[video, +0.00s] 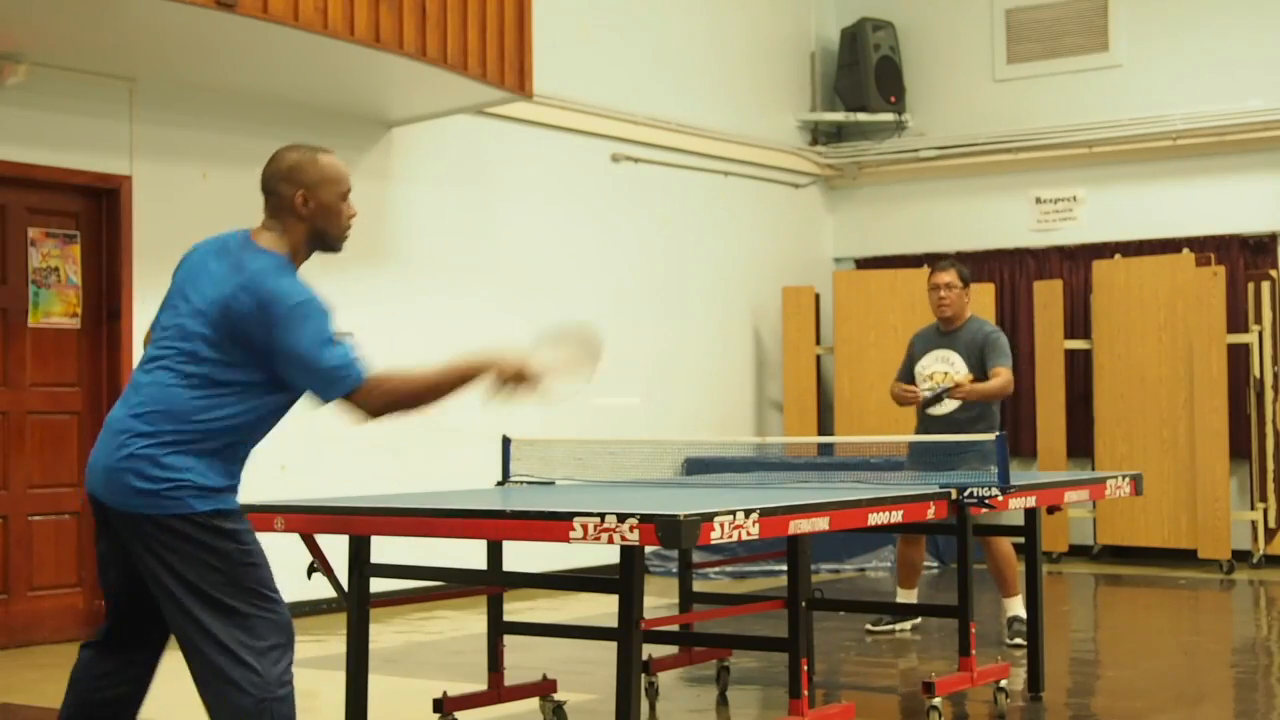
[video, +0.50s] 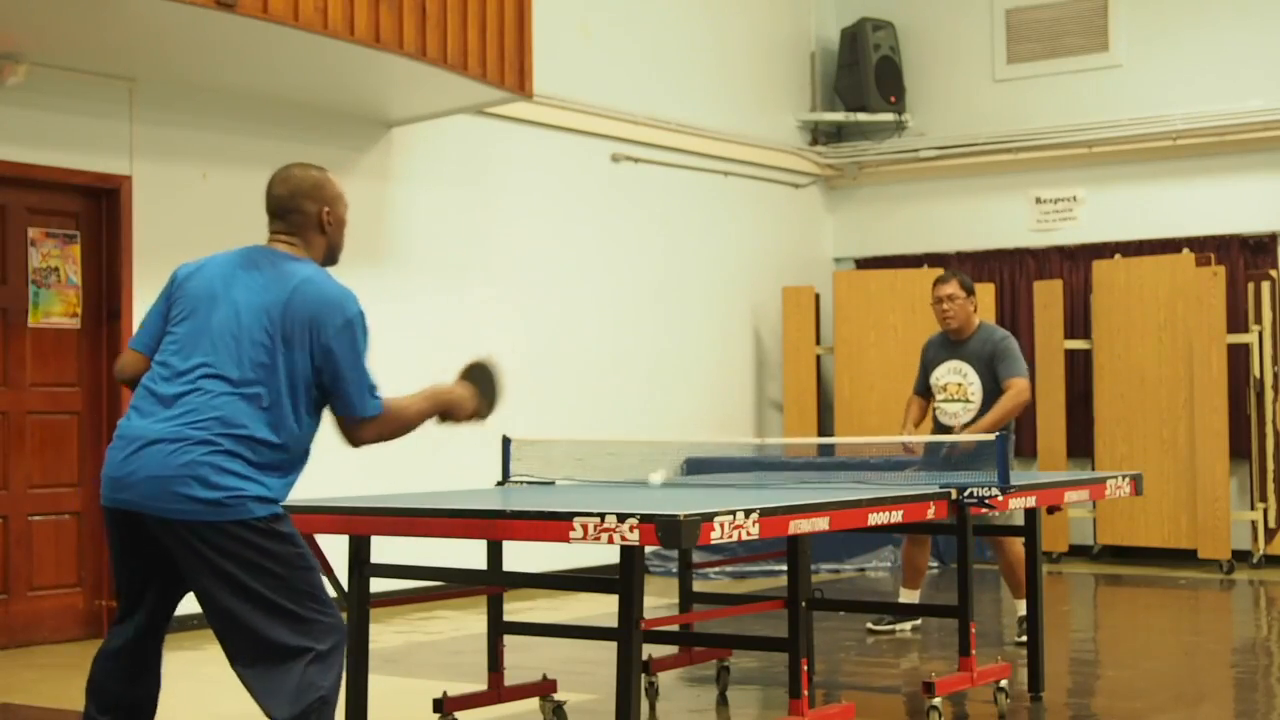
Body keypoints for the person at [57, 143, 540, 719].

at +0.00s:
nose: (353, 210)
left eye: (351, 196)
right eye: (345, 197)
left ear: (290, 200)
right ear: (301, 202)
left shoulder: (206, 254)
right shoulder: (279, 295)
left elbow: (154, 355)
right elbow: (373, 396)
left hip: (118, 474)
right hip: (178, 489)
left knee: (128, 638)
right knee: (258, 647)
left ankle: (83, 717)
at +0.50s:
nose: (345, 227)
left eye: (344, 216)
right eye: (343, 216)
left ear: (273, 218)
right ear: (324, 217)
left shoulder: (194, 273)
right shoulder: (328, 300)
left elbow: (130, 367)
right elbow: (362, 425)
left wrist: (204, 393)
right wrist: (439, 399)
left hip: (127, 484)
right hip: (221, 496)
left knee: (137, 625)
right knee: (316, 637)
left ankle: (105, 715)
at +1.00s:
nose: (216, 185)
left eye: (214, 175)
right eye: (213, 175)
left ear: (146, 186)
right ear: (198, 180)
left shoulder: (89, 252)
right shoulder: (222, 255)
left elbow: (42, 352)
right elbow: (225, 363)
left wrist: (101, 367)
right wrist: (281, 389)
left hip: (84, 468)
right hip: (172, 470)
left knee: (91, 630)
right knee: (208, 623)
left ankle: (87, 716)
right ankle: (184, 716)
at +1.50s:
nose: (250, 227)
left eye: (249, 217)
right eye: (250, 216)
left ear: (196, 213)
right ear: (237, 212)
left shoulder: (146, 272)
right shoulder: (218, 269)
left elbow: (86, 350)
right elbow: (206, 366)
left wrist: (139, 393)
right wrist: (274, 388)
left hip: (106, 455)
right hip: (149, 463)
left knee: (140, 601)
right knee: (163, 609)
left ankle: (140, 706)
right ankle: (148, 712)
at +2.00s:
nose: (296, 318)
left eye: (297, 309)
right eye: (295, 307)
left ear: (269, 297)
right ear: (281, 297)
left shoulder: (246, 373)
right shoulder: (245, 304)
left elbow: (255, 448)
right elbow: (191, 341)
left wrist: (280, 507)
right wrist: (201, 431)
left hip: (156, 462)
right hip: (137, 449)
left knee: (186, 565)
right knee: (117, 584)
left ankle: (199, 704)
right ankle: (63, 708)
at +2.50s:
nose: (235, 234)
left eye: (237, 228)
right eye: (222, 223)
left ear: (236, 245)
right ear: (185, 232)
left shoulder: (220, 329)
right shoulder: (129, 284)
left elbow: (204, 416)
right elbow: (56, 342)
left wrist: (199, 498)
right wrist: (77, 397)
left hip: (142, 479)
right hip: (76, 469)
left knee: (161, 592)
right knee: (73, 593)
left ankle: (194, 702)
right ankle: (47, 711)